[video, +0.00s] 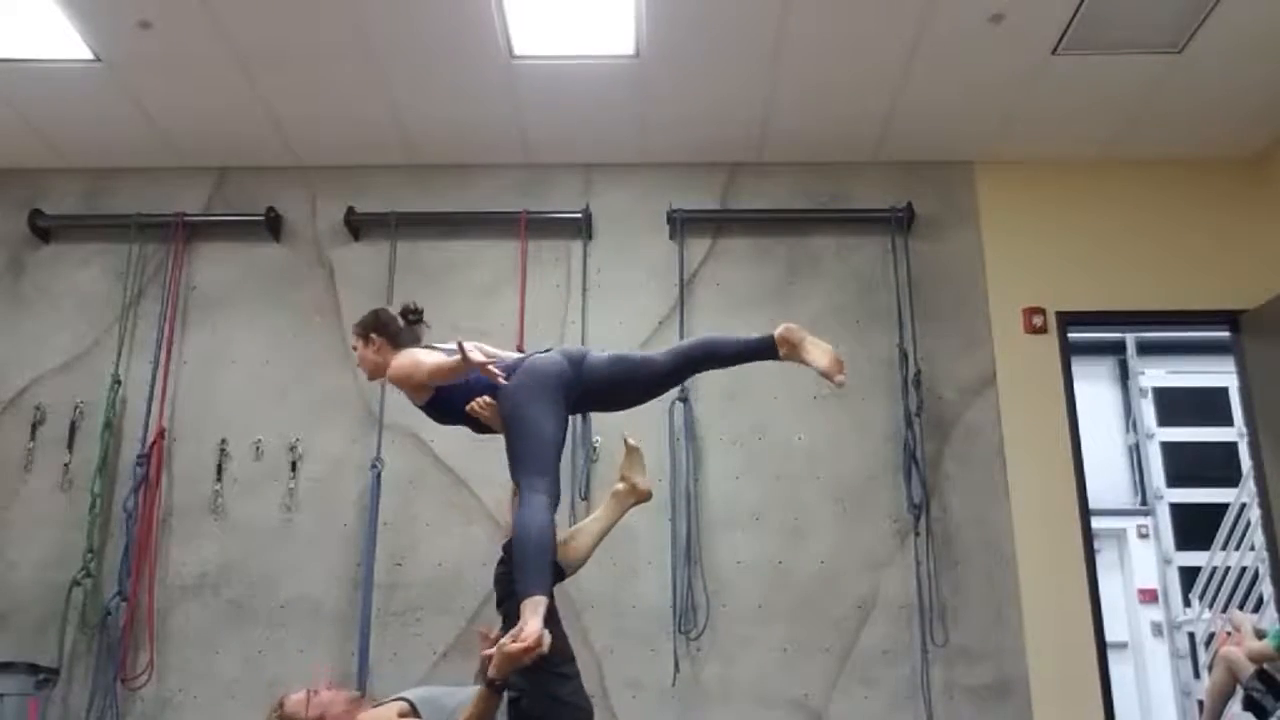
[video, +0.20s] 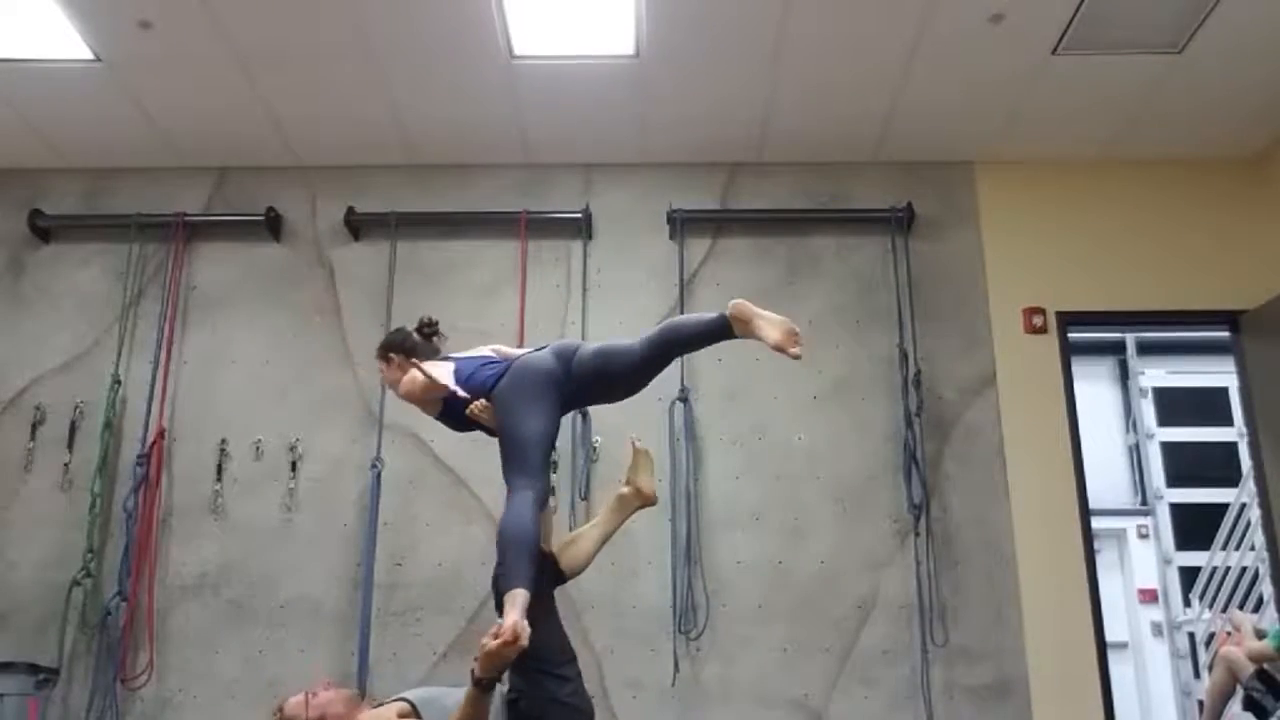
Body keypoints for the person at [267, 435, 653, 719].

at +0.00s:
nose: (323, 687)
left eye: (310, 690)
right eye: (311, 701)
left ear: (330, 693)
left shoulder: (386, 706)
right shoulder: (387, 716)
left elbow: (466, 708)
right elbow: (468, 714)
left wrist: (487, 673)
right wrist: (496, 682)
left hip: (530, 699)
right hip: (540, 707)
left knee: (517, 567)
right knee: (517, 568)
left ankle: (623, 498)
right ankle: (625, 495)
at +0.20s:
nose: (321, 685)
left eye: (308, 690)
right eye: (311, 699)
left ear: (332, 697)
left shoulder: (384, 707)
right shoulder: (384, 718)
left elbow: (466, 708)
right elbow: (466, 717)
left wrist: (485, 681)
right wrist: (484, 683)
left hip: (533, 703)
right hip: (540, 710)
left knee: (518, 575)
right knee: (518, 574)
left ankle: (629, 501)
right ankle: (630, 498)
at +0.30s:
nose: (333, 678)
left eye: (322, 678)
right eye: (321, 689)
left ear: (337, 692)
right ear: (325, 719)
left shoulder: (387, 705)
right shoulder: (387, 718)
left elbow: (461, 706)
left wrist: (479, 670)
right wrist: (471, 682)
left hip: (528, 704)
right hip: (541, 712)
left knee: (531, 578)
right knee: (522, 579)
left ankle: (627, 498)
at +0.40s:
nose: (349, 665)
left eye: (337, 663)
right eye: (334, 673)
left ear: (338, 700)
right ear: (330, 708)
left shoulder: (387, 708)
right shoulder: (386, 718)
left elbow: (461, 711)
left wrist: (477, 680)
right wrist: (477, 684)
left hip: (529, 706)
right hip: (540, 712)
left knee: (527, 579)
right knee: (521, 577)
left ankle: (622, 506)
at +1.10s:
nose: (346, 655)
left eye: (334, 657)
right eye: (334, 666)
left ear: (342, 694)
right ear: (338, 699)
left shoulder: (387, 703)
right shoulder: (388, 715)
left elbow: (468, 712)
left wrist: (492, 689)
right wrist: (493, 690)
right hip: (546, 709)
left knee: (473, 577)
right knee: (471, 582)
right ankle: (567, 474)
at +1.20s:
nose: (342, 657)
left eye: (330, 659)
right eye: (330, 668)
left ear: (338, 696)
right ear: (334, 702)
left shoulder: (387, 702)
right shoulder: (388, 714)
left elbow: (467, 711)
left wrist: (487, 690)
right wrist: (488, 690)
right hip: (544, 706)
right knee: (462, 590)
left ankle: (556, 466)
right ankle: (561, 466)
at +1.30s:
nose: (329, 664)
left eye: (316, 667)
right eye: (318, 676)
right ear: (326, 707)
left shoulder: (391, 702)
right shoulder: (385, 713)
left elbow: (457, 713)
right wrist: (472, 688)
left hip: (556, 699)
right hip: (535, 704)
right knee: (438, 594)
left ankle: (553, 458)